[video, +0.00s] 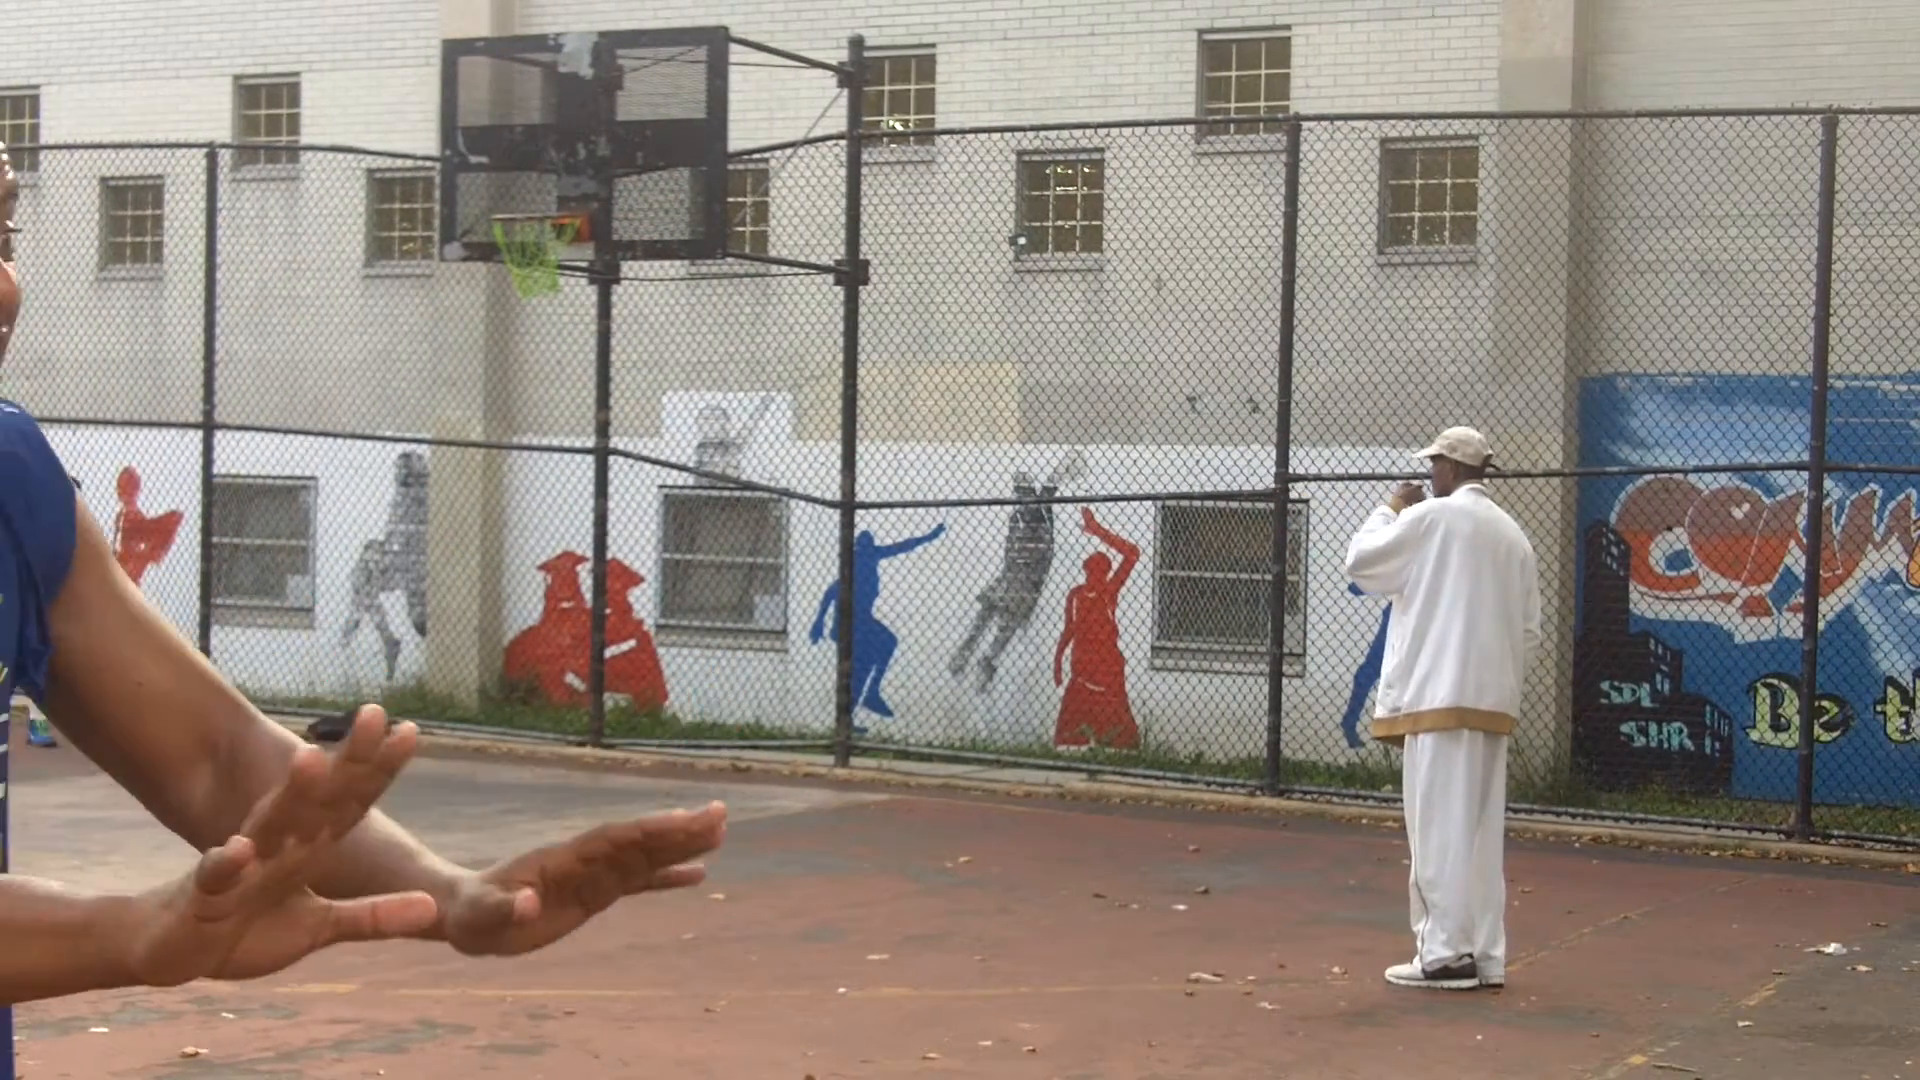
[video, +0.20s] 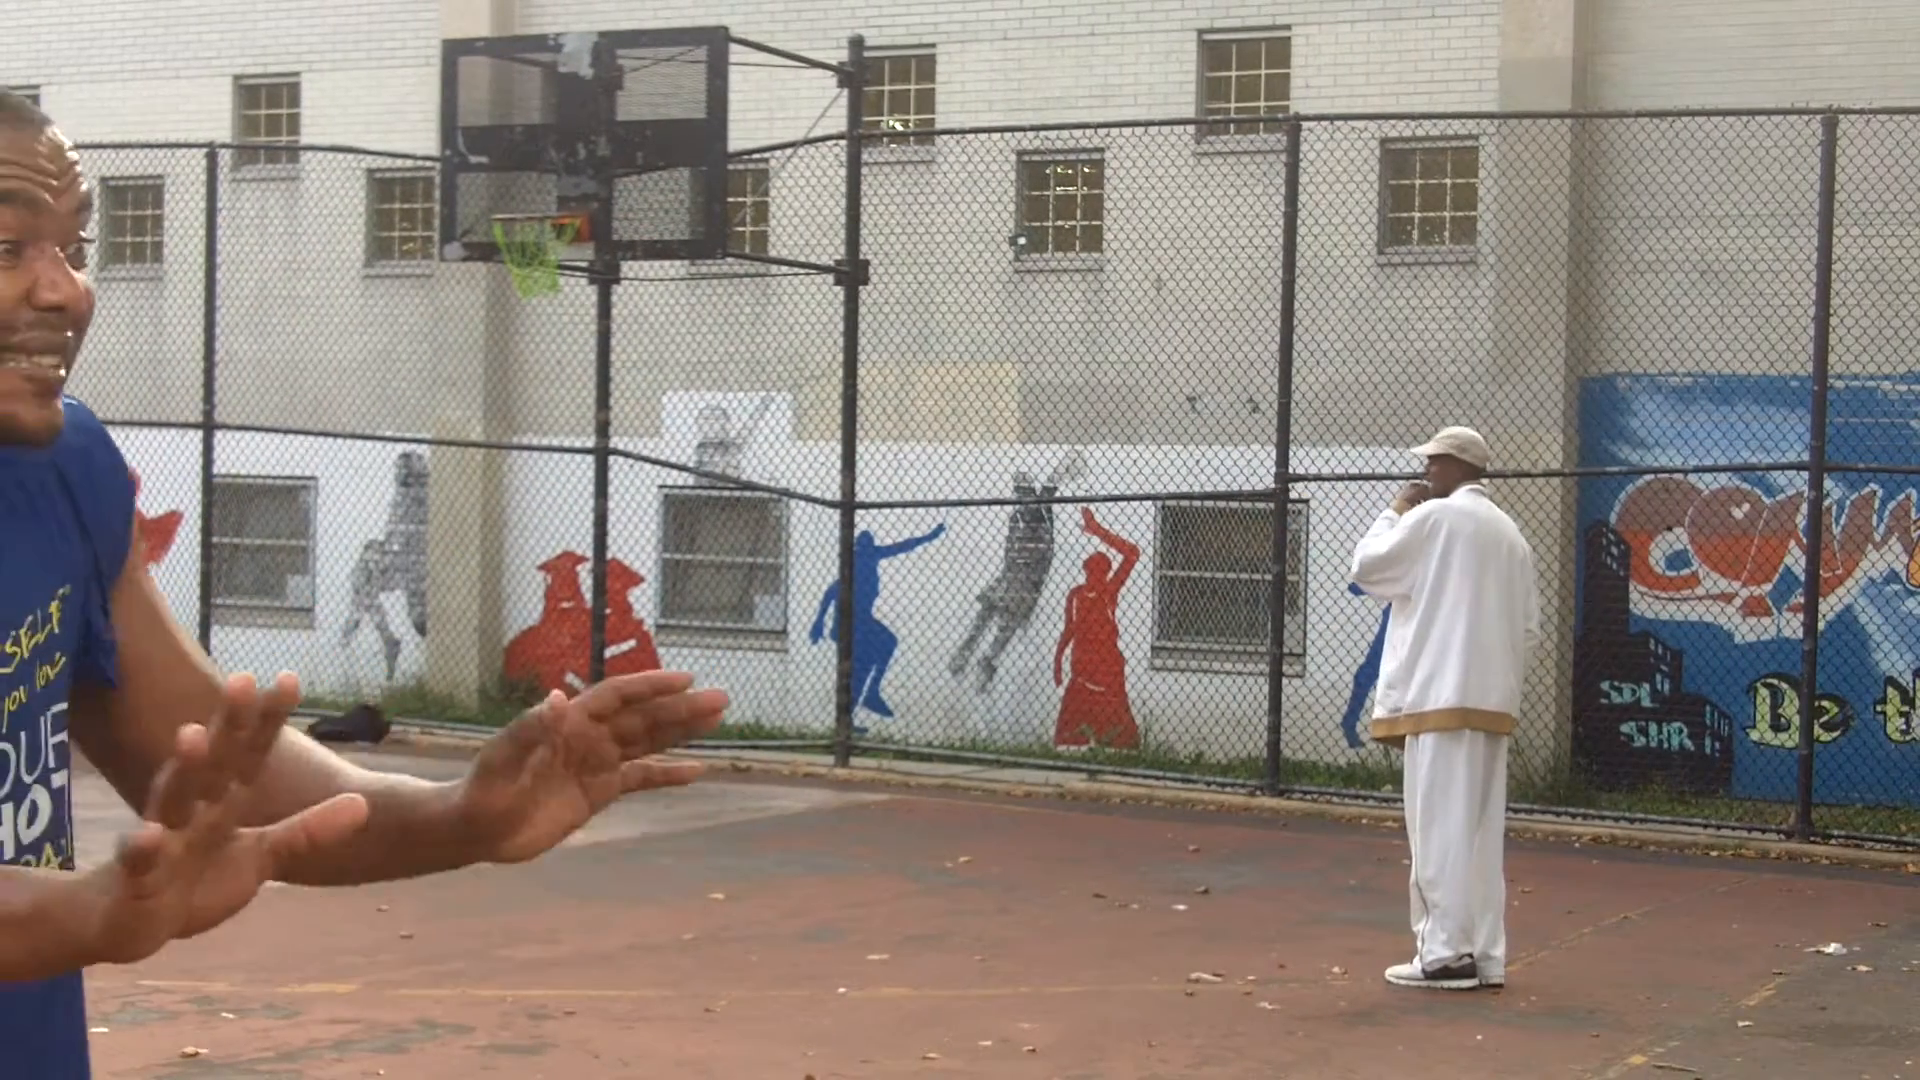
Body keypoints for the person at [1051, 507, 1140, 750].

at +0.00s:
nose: (1097, 575)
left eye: (1101, 570)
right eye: (1093, 569)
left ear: (1107, 572)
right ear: (1086, 569)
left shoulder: (1112, 589)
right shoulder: (1076, 593)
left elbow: (1132, 554)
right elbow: (1069, 629)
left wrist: (1098, 531)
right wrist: (1058, 660)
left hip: (1108, 657)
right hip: (1082, 657)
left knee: (1111, 704)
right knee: (1078, 704)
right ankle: (1071, 745)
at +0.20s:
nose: (1097, 575)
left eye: (1101, 570)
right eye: (1093, 569)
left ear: (1107, 572)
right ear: (1086, 569)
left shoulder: (1112, 589)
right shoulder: (1076, 593)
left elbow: (1132, 554)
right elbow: (1069, 629)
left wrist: (1098, 531)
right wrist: (1058, 659)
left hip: (1108, 657)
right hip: (1082, 657)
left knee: (1111, 704)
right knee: (1078, 704)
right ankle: (1071, 745)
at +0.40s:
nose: (1097, 575)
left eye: (1101, 570)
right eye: (1093, 569)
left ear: (1107, 572)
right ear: (1086, 569)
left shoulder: (1112, 589)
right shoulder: (1076, 593)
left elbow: (1132, 554)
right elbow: (1069, 628)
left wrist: (1098, 531)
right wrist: (1058, 659)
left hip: (1108, 657)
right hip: (1082, 657)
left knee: (1111, 705)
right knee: (1078, 705)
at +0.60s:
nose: (1096, 575)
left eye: (1100, 570)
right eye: (1093, 569)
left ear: (1106, 572)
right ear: (1086, 570)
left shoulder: (1112, 589)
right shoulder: (1076, 593)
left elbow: (1132, 554)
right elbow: (1069, 628)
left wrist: (1098, 531)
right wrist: (1058, 658)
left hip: (1108, 657)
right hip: (1082, 657)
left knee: (1111, 704)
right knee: (1077, 704)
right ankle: (1070, 745)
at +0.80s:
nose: (1097, 575)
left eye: (1101, 570)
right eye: (1093, 569)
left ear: (1107, 572)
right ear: (1086, 569)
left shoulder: (1112, 589)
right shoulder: (1076, 593)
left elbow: (1132, 554)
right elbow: (1069, 628)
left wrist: (1098, 531)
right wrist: (1058, 659)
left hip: (1108, 657)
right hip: (1082, 657)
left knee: (1111, 705)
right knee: (1078, 705)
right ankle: (1070, 746)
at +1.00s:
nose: (1096, 575)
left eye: (1100, 570)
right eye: (1093, 569)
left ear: (1106, 572)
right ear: (1086, 569)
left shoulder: (1112, 589)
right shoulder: (1076, 594)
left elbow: (1132, 554)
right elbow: (1070, 628)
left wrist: (1099, 531)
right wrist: (1058, 658)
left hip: (1109, 658)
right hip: (1083, 658)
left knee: (1112, 706)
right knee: (1077, 705)